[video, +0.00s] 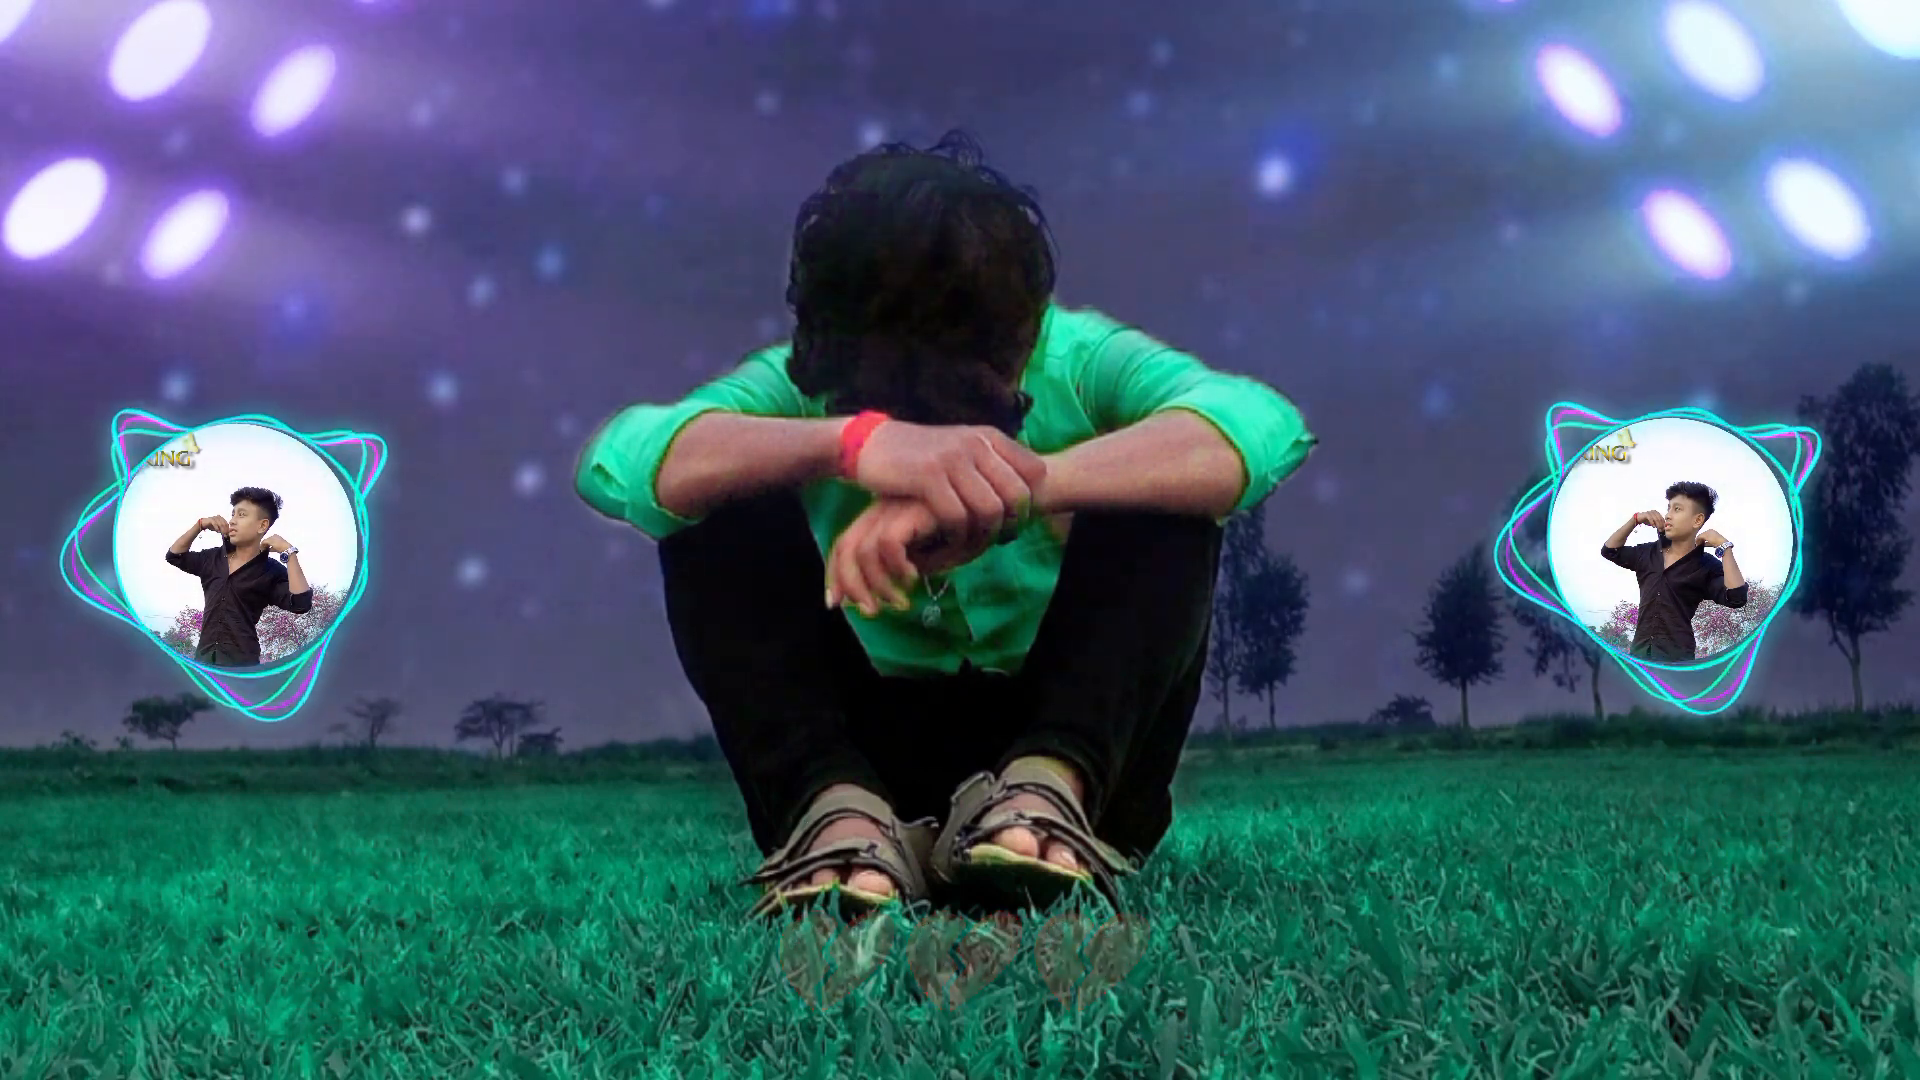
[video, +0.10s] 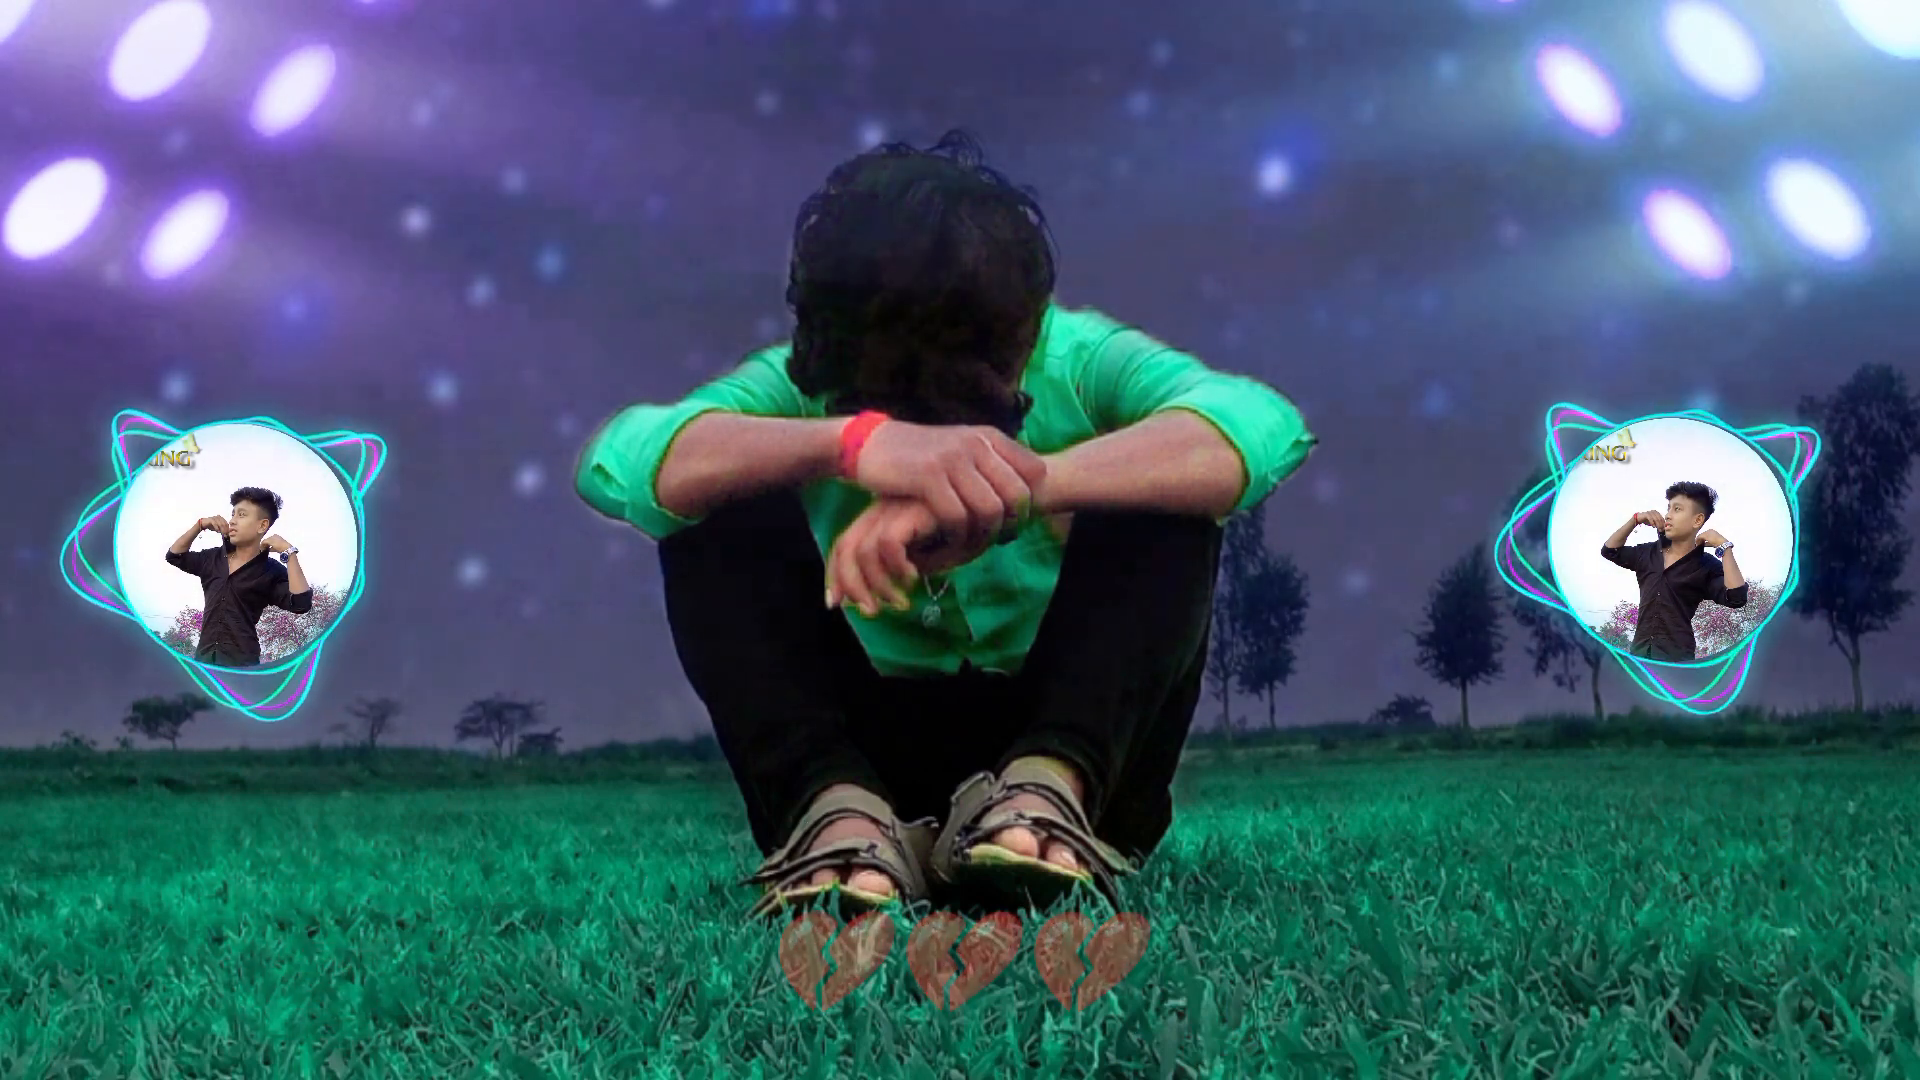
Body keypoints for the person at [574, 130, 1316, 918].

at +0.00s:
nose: (925, 444)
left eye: (961, 410)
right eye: (890, 410)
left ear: (1019, 352)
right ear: (822, 361)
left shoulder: (1076, 355)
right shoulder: (793, 382)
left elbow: (1265, 428)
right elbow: (611, 467)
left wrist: (1001, 490)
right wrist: (851, 446)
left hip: (1062, 751)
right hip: (864, 758)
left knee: (1165, 488)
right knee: (713, 505)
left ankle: (1044, 789)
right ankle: (836, 816)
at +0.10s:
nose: (935, 446)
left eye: (970, 407)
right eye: (901, 414)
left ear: (1021, 349)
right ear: (825, 366)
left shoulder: (1074, 355)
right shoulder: (794, 383)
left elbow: (1265, 429)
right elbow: (612, 467)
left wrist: (1004, 491)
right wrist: (851, 447)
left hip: (1059, 751)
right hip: (864, 759)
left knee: (1164, 491)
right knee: (714, 505)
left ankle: (1043, 790)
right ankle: (837, 819)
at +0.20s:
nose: (935, 452)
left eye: (972, 409)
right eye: (899, 417)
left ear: (1022, 349)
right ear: (823, 370)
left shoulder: (1074, 355)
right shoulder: (795, 383)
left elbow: (1265, 429)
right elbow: (612, 468)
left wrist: (1002, 492)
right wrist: (851, 447)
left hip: (1057, 747)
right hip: (864, 753)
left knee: (1165, 489)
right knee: (714, 501)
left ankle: (1043, 790)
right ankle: (835, 818)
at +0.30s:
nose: (914, 453)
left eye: (952, 419)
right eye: (877, 414)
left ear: (1019, 358)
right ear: (817, 365)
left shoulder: (1076, 355)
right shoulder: (794, 381)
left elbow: (1264, 429)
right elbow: (612, 467)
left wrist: (1000, 490)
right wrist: (851, 446)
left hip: (1059, 748)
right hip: (864, 753)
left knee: (1165, 487)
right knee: (711, 502)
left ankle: (1043, 789)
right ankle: (837, 818)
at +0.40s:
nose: (950, 440)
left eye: (985, 394)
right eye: (912, 413)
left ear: (1023, 341)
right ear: (837, 368)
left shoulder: (1074, 354)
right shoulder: (795, 384)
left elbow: (1265, 429)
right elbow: (611, 467)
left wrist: (1000, 491)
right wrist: (851, 447)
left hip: (1058, 746)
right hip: (863, 752)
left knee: (1167, 488)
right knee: (712, 502)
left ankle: (1043, 789)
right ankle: (836, 818)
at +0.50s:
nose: (947, 449)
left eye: (979, 404)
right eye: (908, 423)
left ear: (1019, 343)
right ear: (832, 373)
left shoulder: (1074, 353)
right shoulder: (795, 383)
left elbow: (1266, 428)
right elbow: (611, 467)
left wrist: (1002, 491)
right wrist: (852, 447)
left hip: (1058, 749)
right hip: (862, 757)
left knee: (1166, 488)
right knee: (712, 500)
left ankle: (1044, 791)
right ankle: (836, 817)